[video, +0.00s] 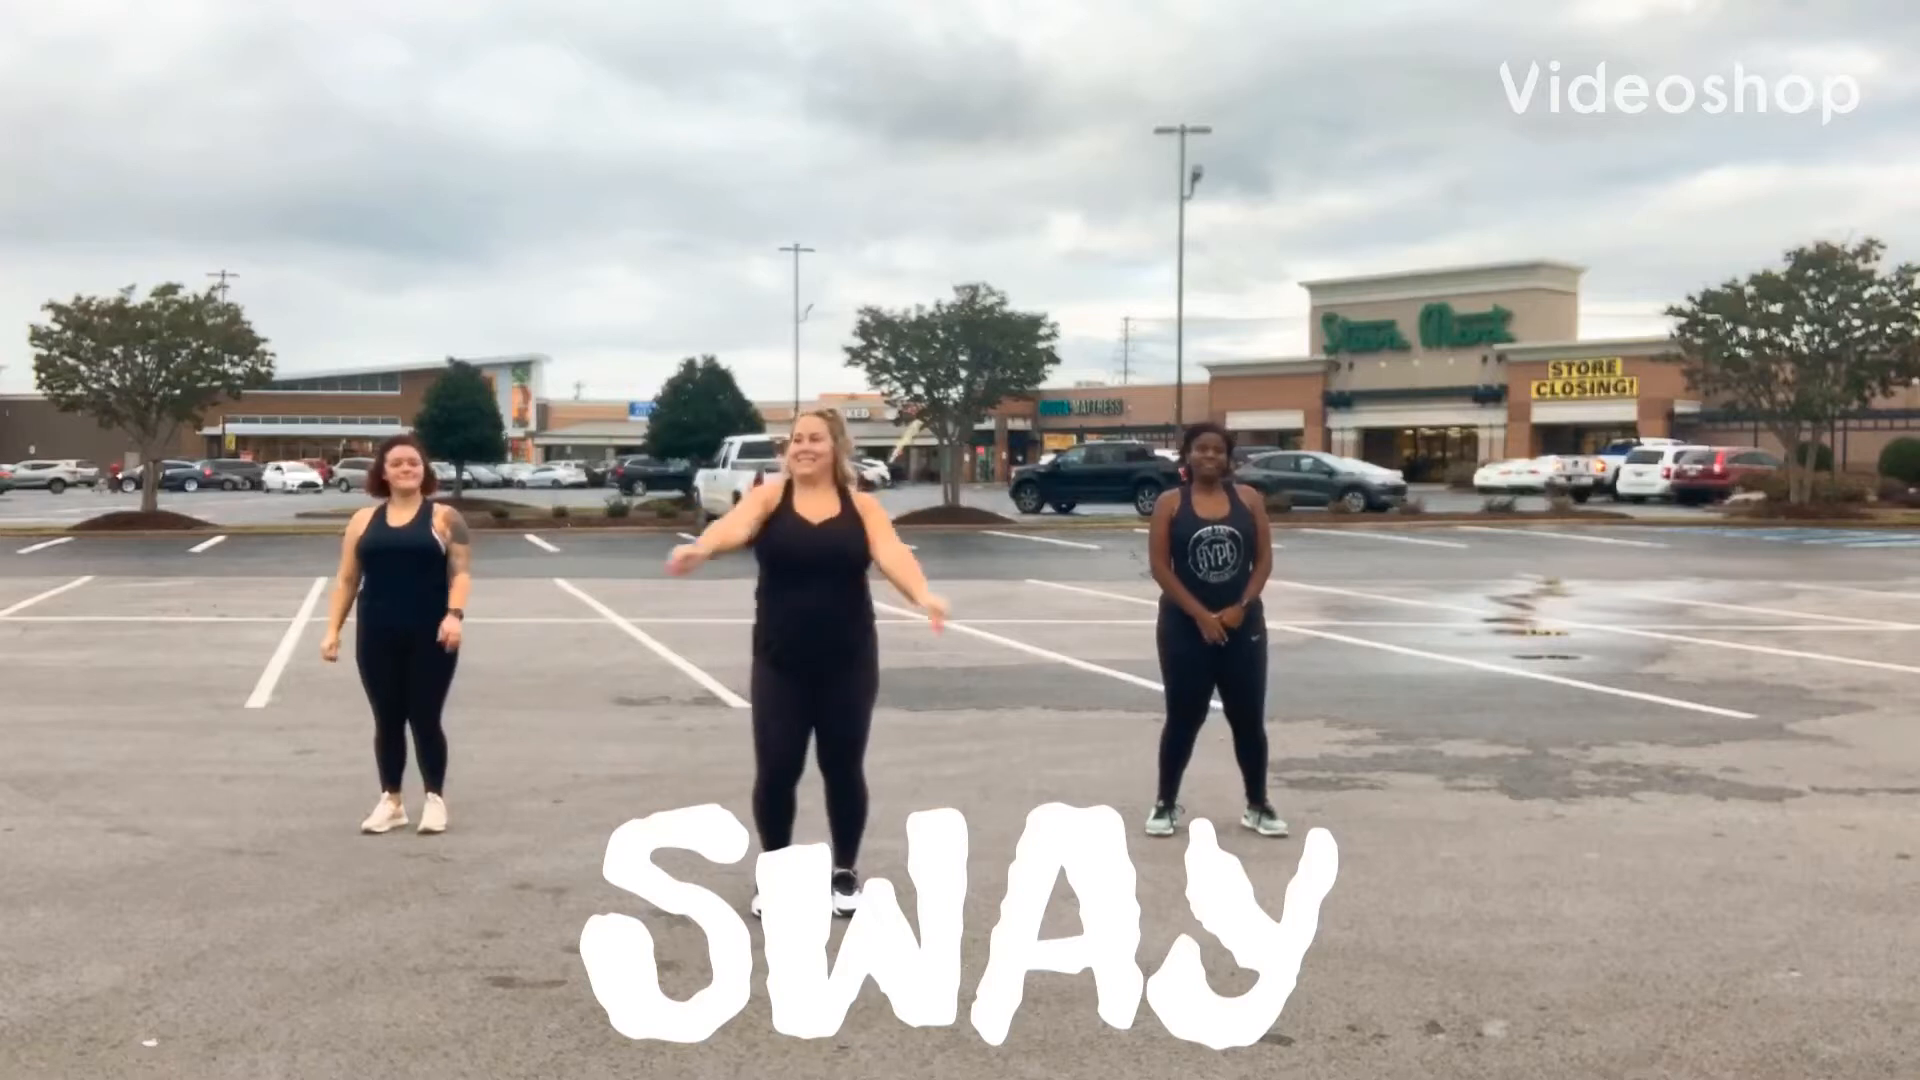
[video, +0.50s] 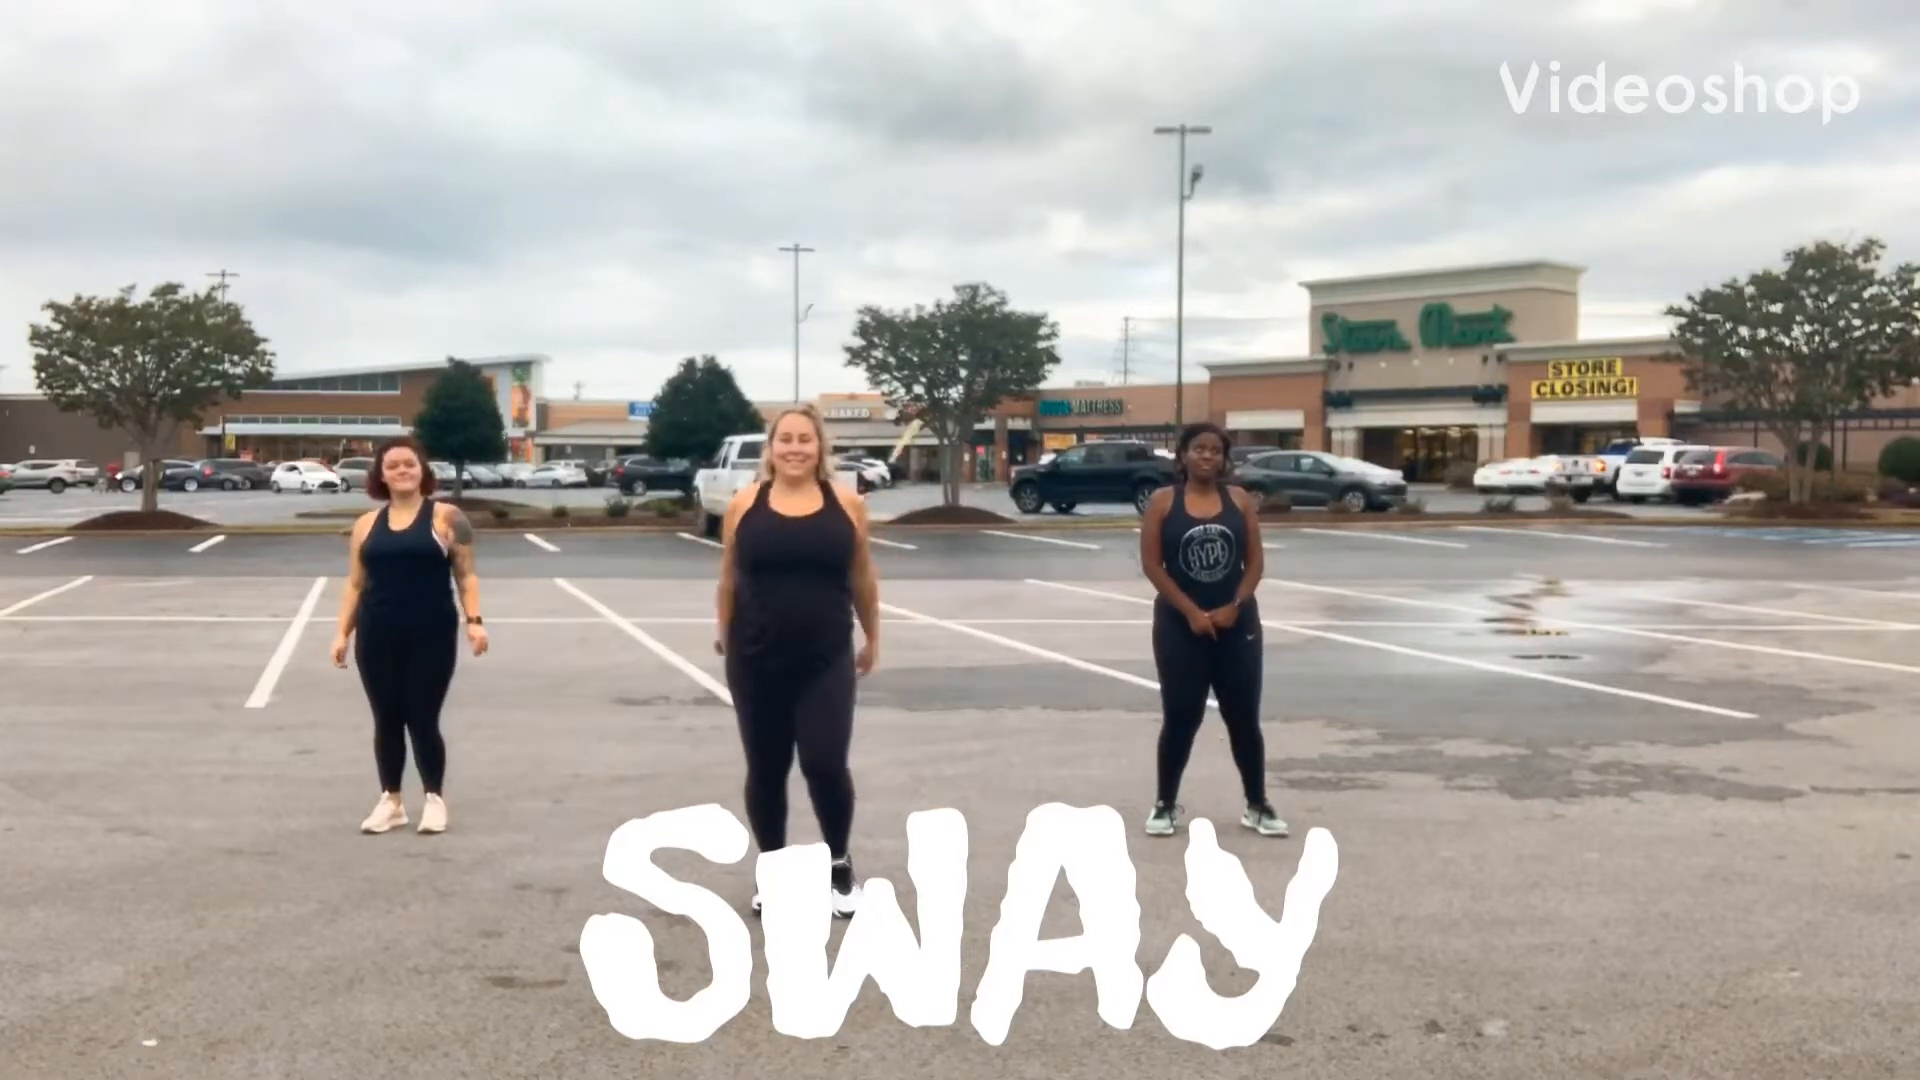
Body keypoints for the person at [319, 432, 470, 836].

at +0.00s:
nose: (405, 469)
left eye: (412, 462)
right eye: (396, 463)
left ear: (424, 470)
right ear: (383, 473)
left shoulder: (444, 518)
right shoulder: (363, 520)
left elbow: (460, 570)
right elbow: (347, 580)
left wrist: (454, 614)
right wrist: (333, 630)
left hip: (430, 636)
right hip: (378, 637)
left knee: (425, 718)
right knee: (387, 720)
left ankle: (434, 798)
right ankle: (390, 799)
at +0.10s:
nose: (405, 469)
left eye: (412, 462)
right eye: (396, 463)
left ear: (424, 470)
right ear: (383, 472)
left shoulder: (444, 518)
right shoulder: (363, 518)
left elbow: (460, 573)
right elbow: (346, 578)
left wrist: (462, 621)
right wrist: (333, 627)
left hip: (431, 635)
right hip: (379, 635)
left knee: (426, 717)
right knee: (388, 718)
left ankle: (434, 798)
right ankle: (391, 798)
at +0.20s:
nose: (404, 469)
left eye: (411, 462)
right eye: (395, 463)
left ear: (423, 469)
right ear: (383, 471)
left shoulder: (444, 518)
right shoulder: (362, 518)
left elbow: (461, 574)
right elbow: (348, 578)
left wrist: (468, 625)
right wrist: (340, 628)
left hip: (434, 637)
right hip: (379, 637)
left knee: (425, 717)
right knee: (389, 718)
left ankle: (434, 798)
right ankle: (391, 799)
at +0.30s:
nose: (403, 469)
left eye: (410, 462)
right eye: (394, 463)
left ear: (422, 469)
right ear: (381, 472)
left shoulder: (444, 517)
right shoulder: (363, 519)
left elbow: (462, 576)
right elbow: (352, 581)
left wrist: (471, 626)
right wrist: (348, 632)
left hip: (433, 635)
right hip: (379, 636)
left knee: (425, 717)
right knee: (388, 719)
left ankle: (434, 799)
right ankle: (391, 800)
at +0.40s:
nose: (402, 469)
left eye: (409, 462)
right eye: (393, 464)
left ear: (422, 470)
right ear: (380, 473)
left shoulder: (444, 516)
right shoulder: (365, 520)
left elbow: (463, 574)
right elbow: (356, 582)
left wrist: (472, 623)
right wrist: (349, 632)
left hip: (432, 633)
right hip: (377, 634)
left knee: (423, 717)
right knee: (388, 720)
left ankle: (434, 799)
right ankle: (390, 800)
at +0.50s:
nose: (402, 471)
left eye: (409, 464)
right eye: (393, 466)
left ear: (422, 470)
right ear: (382, 475)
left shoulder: (446, 518)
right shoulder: (366, 524)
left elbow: (465, 574)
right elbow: (355, 584)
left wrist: (474, 621)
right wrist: (343, 633)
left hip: (431, 635)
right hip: (377, 637)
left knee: (421, 719)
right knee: (387, 719)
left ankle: (433, 799)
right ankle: (391, 800)